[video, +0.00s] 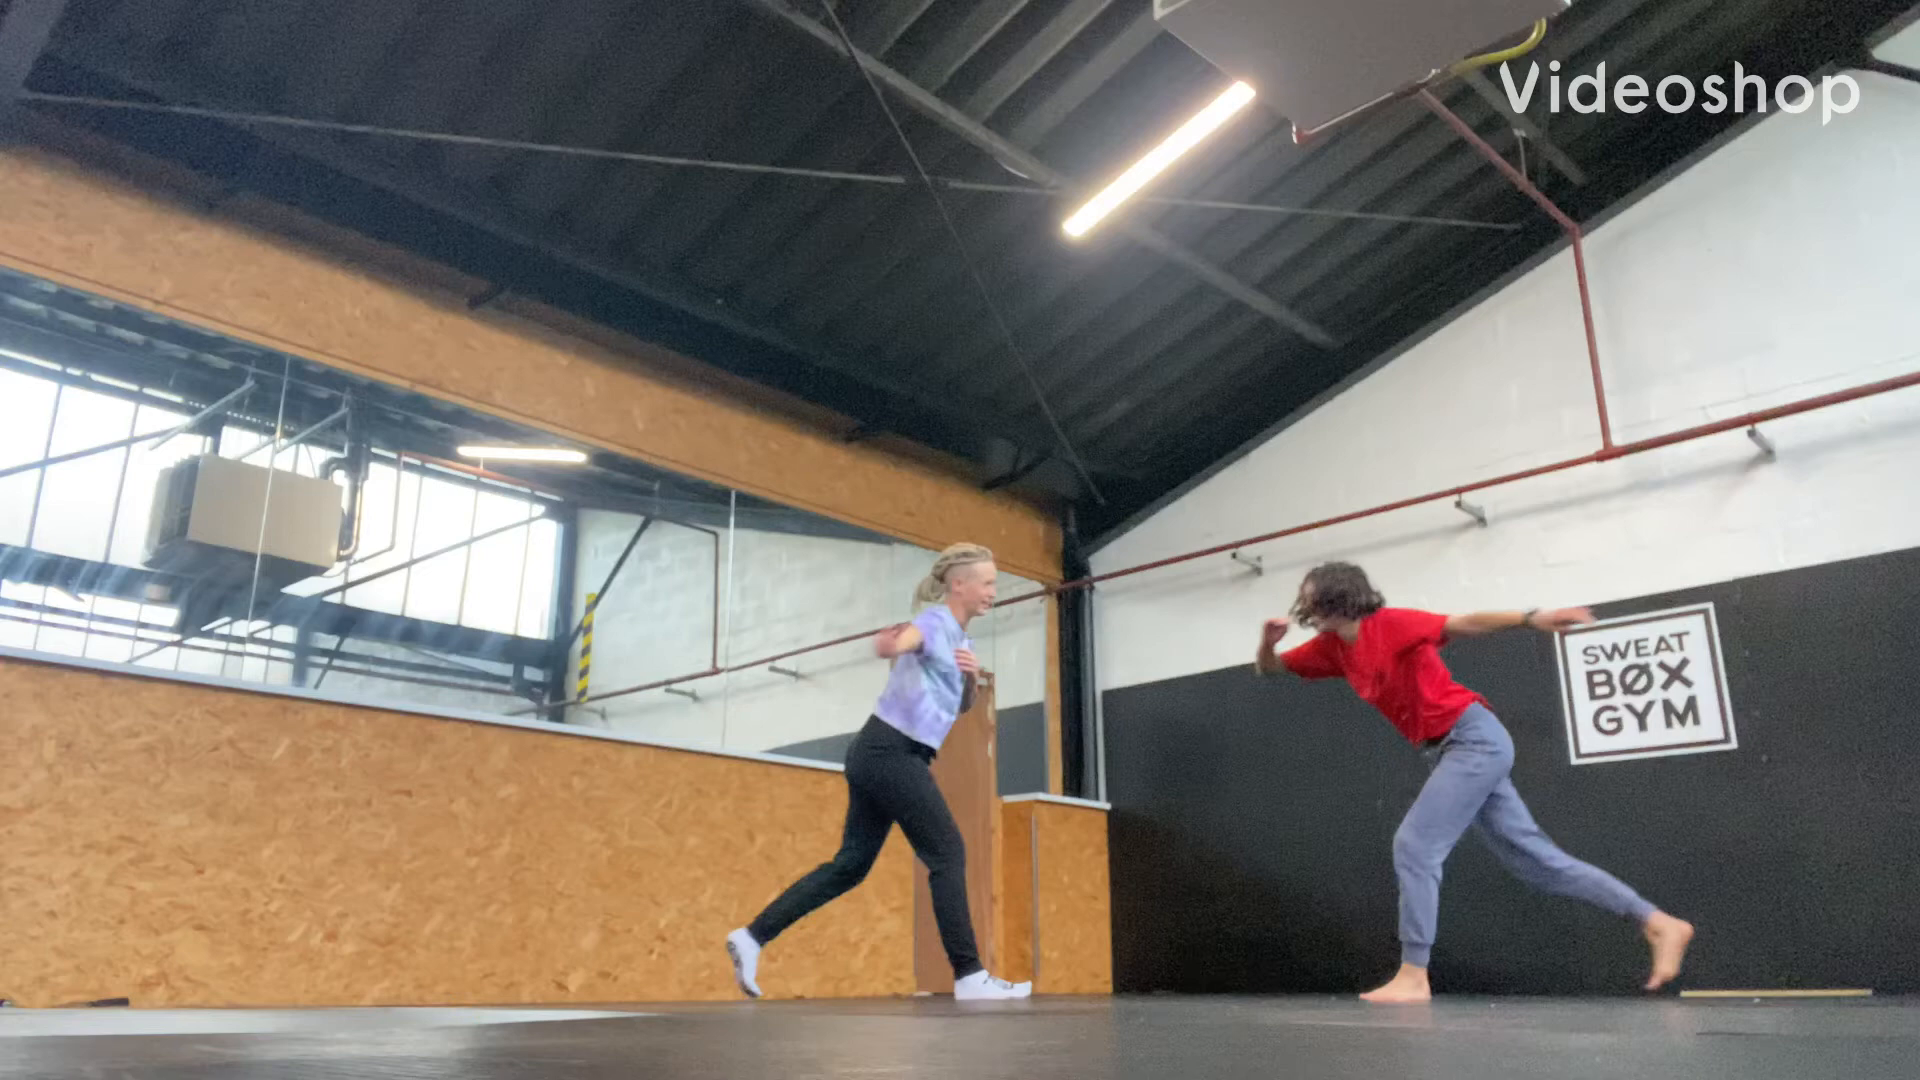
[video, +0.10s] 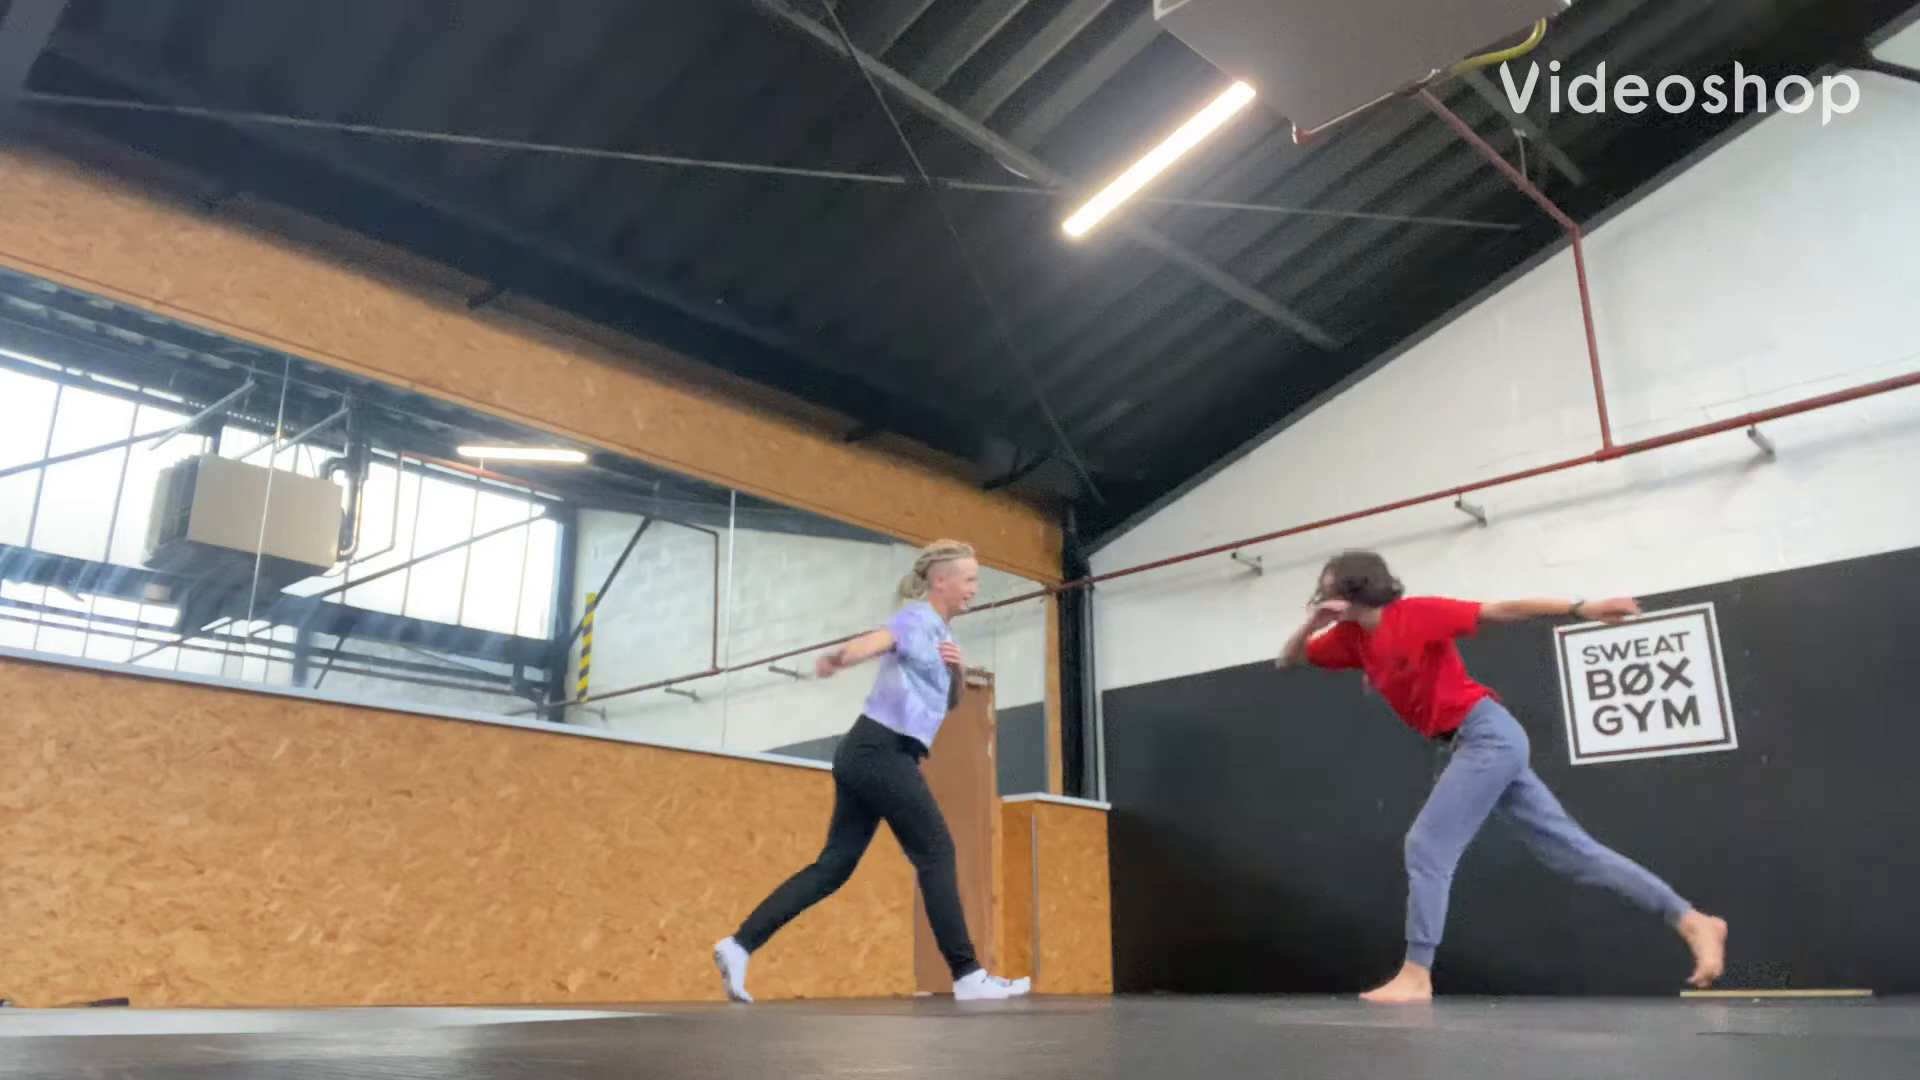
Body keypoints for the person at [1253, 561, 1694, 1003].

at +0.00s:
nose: (1313, 618)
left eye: (1317, 607)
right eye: (1311, 610)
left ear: (1338, 602)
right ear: (1332, 610)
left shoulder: (1388, 624)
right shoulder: (1330, 648)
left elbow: (1462, 625)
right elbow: (1269, 669)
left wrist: (1533, 617)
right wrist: (1266, 645)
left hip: (1475, 737)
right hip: (1456, 749)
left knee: (1415, 843)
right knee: (1540, 863)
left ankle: (1412, 977)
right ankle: (1663, 926)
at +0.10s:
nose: (1323, 602)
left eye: (1328, 592)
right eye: (1324, 596)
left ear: (1352, 594)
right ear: (1358, 599)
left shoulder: (1412, 614)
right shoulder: (1352, 640)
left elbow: (1499, 612)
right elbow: (1289, 660)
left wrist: (1585, 609)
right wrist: (1312, 622)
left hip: (1488, 733)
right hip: (1476, 743)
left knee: (1428, 844)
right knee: (1572, 852)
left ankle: (1415, 976)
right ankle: (1697, 926)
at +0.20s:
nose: (1363, 610)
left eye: (1364, 599)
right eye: (1361, 602)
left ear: (1384, 590)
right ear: (1397, 587)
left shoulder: (1451, 606)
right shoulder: (1390, 643)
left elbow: (1548, 614)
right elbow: (1348, 685)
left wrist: (1637, 626)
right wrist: (1374, 640)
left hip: (1519, 736)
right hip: (1512, 745)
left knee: (1452, 846)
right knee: (1599, 860)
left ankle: (1420, 975)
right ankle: (1726, 944)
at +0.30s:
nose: (1397, 617)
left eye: (1400, 606)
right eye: (1394, 609)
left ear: (1428, 598)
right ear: (1417, 606)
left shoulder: (1494, 615)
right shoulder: (1434, 660)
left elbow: (1585, 641)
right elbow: (1422, 729)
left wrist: (1670, 677)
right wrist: (1422, 680)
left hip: (1558, 756)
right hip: (1539, 765)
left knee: (1465, 848)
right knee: (1618, 891)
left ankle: (1422, 975)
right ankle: (1759, 958)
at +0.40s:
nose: (1413, 624)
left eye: (1417, 613)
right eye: (1411, 615)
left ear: (1445, 608)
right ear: (1438, 618)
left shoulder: (1511, 623)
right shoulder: (1458, 676)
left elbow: (1599, 651)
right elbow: (1442, 742)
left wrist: (1652, 712)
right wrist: (1442, 688)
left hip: (1576, 771)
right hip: (1551, 781)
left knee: (1466, 846)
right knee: (1623, 903)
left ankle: (1427, 973)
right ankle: (1765, 965)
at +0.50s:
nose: (1402, 611)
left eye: (1407, 600)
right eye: (1400, 603)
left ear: (1438, 596)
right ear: (1420, 605)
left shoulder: (1497, 616)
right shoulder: (1437, 662)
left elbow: (1588, 645)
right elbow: (1401, 712)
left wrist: (1595, 709)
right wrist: (1420, 656)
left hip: (1560, 756)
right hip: (1542, 766)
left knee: (1456, 839)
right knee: (1623, 891)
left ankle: (1431, 971)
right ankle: (1760, 959)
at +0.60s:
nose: (1373, 599)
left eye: (1378, 588)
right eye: (1370, 591)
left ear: (1409, 585)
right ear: (1384, 594)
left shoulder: (1465, 611)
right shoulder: (1395, 641)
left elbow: (1543, 646)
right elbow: (1350, 681)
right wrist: (1390, 633)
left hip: (1525, 739)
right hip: (1513, 749)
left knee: (1449, 842)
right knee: (1601, 872)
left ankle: (1432, 974)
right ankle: (1729, 946)